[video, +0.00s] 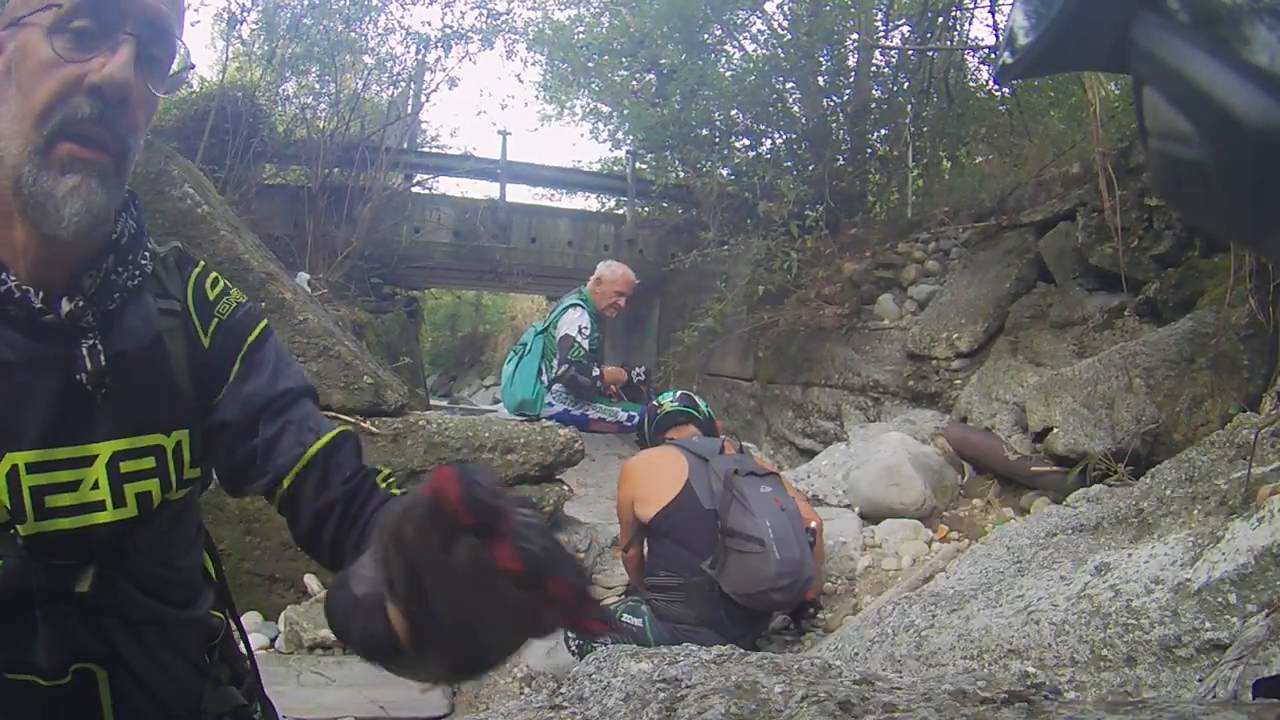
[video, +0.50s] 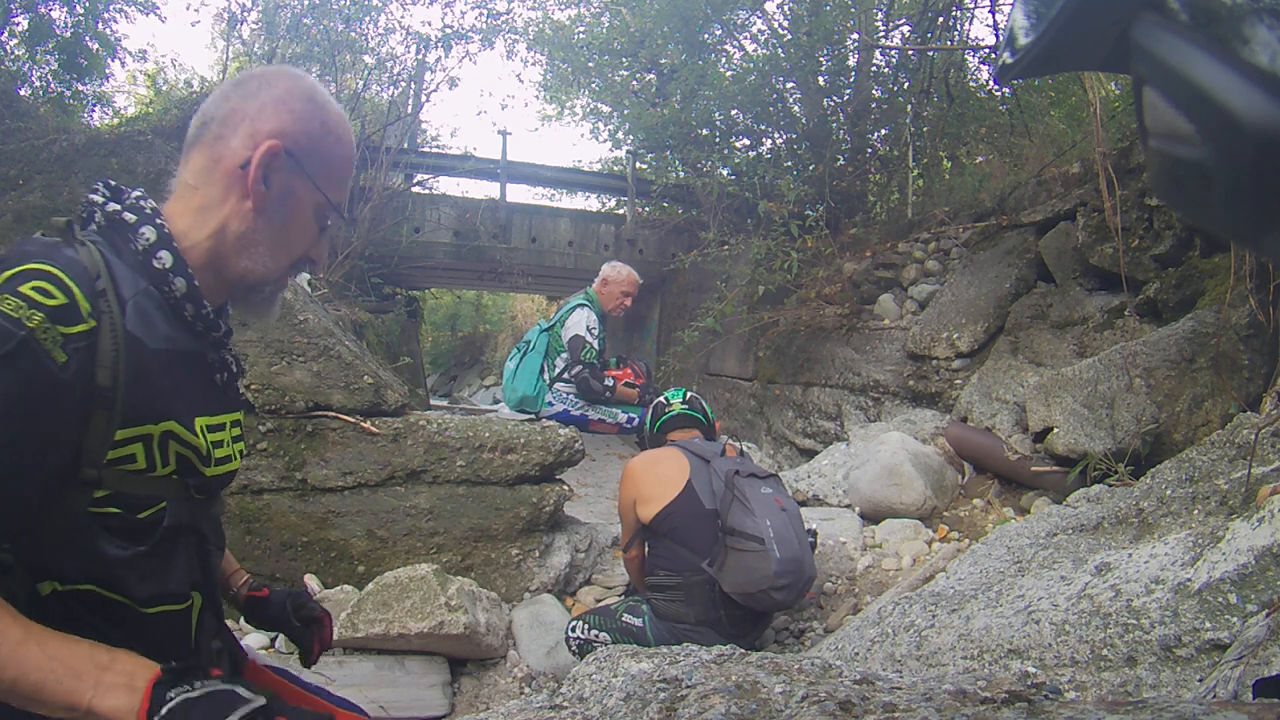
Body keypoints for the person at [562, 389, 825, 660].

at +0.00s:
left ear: (653, 436)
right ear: (714, 426)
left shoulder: (639, 466)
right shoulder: (750, 459)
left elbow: (630, 552)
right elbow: (811, 523)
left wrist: (643, 591)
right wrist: (810, 596)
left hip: (685, 626)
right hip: (753, 622)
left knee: (589, 618)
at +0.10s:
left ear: (652, 435)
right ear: (715, 427)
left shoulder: (640, 466)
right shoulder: (750, 460)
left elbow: (631, 552)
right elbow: (812, 520)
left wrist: (644, 593)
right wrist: (796, 582)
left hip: (685, 625)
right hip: (753, 619)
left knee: (577, 630)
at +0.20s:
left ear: (653, 432)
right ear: (713, 427)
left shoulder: (640, 467)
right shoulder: (750, 462)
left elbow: (631, 552)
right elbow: (806, 523)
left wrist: (645, 593)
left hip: (685, 624)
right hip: (750, 618)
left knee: (578, 628)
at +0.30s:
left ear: (652, 432)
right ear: (713, 428)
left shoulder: (640, 467)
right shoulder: (743, 460)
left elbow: (631, 553)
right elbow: (792, 528)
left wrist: (645, 592)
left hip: (687, 624)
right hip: (751, 618)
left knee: (579, 629)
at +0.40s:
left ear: (651, 433)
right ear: (712, 428)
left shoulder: (640, 467)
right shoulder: (739, 457)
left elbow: (632, 553)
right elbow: (770, 530)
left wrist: (644, 592)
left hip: (688, 624)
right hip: (752, 617)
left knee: (579, 629)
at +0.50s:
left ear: (652, 432)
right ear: (713, 429)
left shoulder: (640, 467)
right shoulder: (735, 457)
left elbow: (632, 554)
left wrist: (644, 597)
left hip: (682, 622)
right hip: (751, 620)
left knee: (578, 631)